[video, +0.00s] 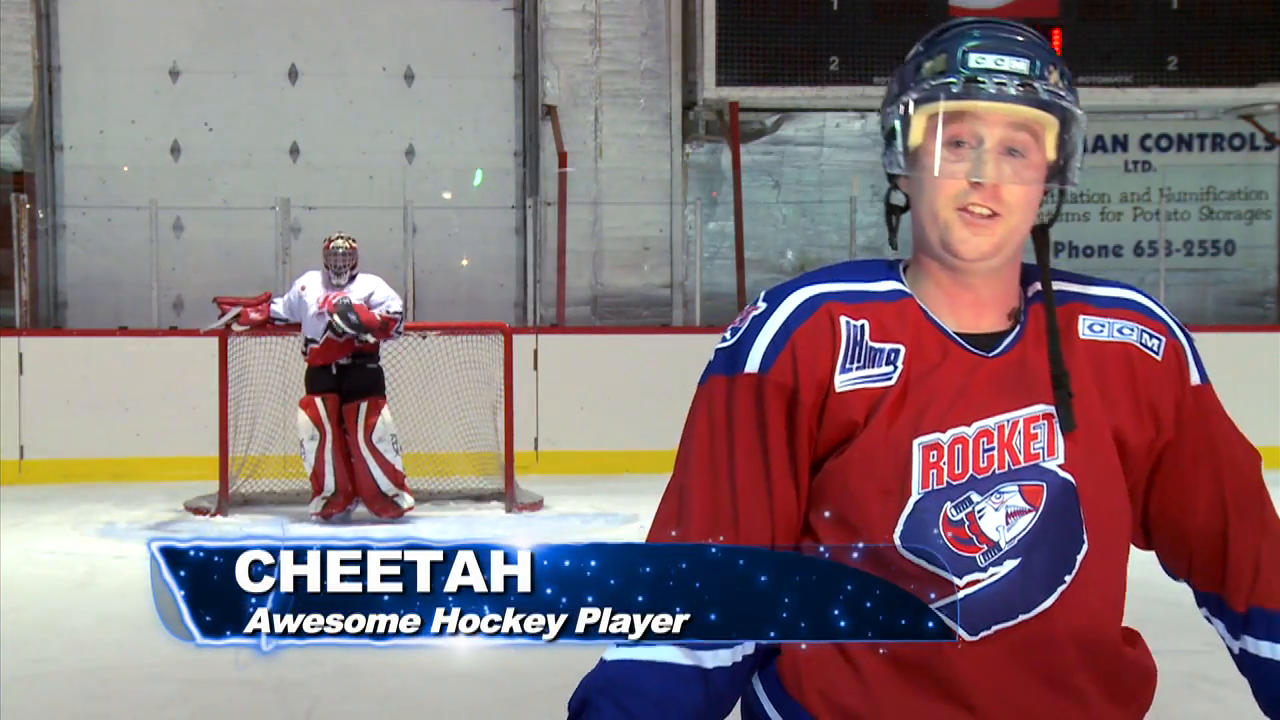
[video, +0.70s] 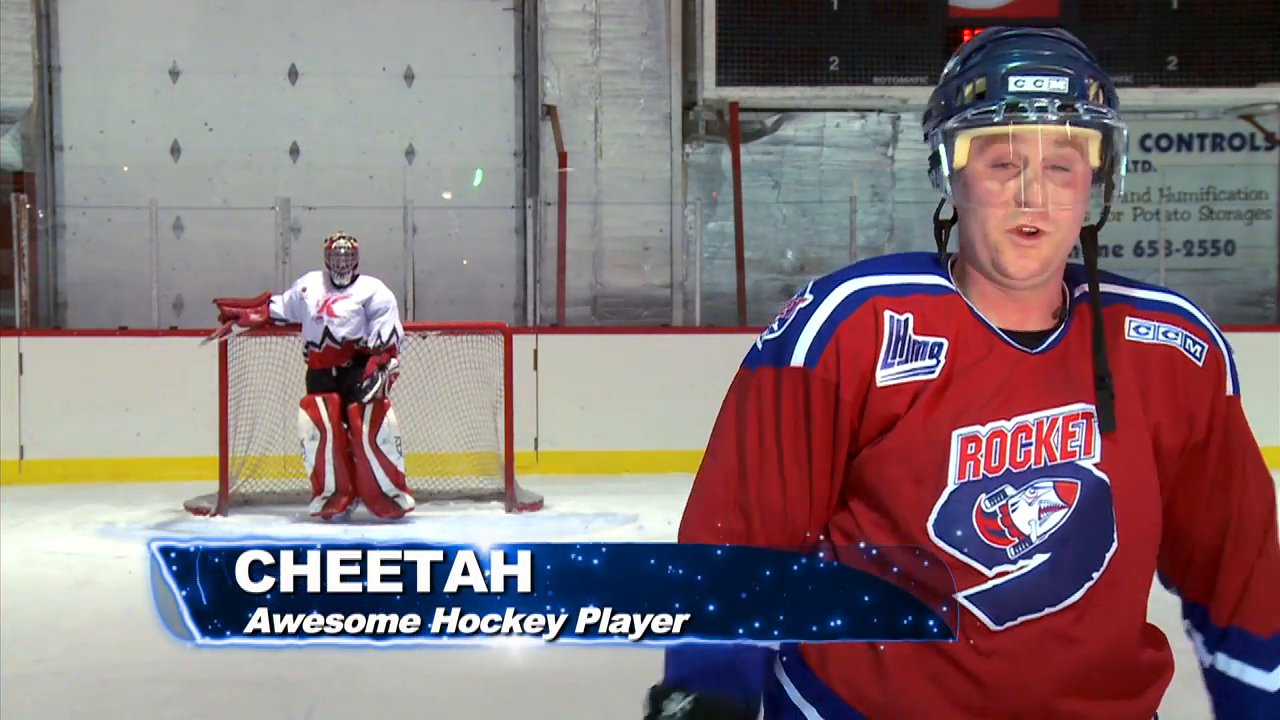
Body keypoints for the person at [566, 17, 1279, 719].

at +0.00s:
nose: (987, 174)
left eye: (1018, 148)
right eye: (957, 140)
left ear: (1050, 178)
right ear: (905, 156)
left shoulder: (1135, 342)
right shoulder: (798, 337)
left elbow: (1258, 583)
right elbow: (696, 602)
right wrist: (633, 715)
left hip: (1082, 704)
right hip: (848, 708)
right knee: (617, 689)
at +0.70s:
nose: (1032, 192)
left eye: (1063, 162)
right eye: (1001, 158)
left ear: (1097, 182)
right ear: (950, 171)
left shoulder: (1172, 345)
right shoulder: (843, 330)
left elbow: (1249, 592)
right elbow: (731, 562)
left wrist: (1254, 705)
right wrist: (708, 702)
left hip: (1102, 703)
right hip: (864, 705)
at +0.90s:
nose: (994, 201)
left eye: (1020, 168)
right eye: (961, 170)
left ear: (1056, 184)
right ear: (912, 185)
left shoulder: (1154, 340)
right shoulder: (823, 329)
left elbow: (1223, 610)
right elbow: (729, 517)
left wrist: (1233, 714)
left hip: (1093, 707)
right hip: (855, 707)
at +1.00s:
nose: (971, 198)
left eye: (998, 165)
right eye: (940, 168)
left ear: (1035, 182)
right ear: (891, 186)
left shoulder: (1138, 336)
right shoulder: (806, 320)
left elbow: (1221, 605)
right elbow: (741, 533)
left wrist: (1235, 713)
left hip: (1093, 707)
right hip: (847, 706)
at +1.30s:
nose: (925, 183)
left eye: (951, 150)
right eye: (894, 154)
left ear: (996, 172)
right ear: (845, 174)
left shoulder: (1101, 326)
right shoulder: (764, 312)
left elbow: (1180, 586)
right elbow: (713, 507)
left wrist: (1214, 712)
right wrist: (792, 390)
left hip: (1062, 707)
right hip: (824, 707)